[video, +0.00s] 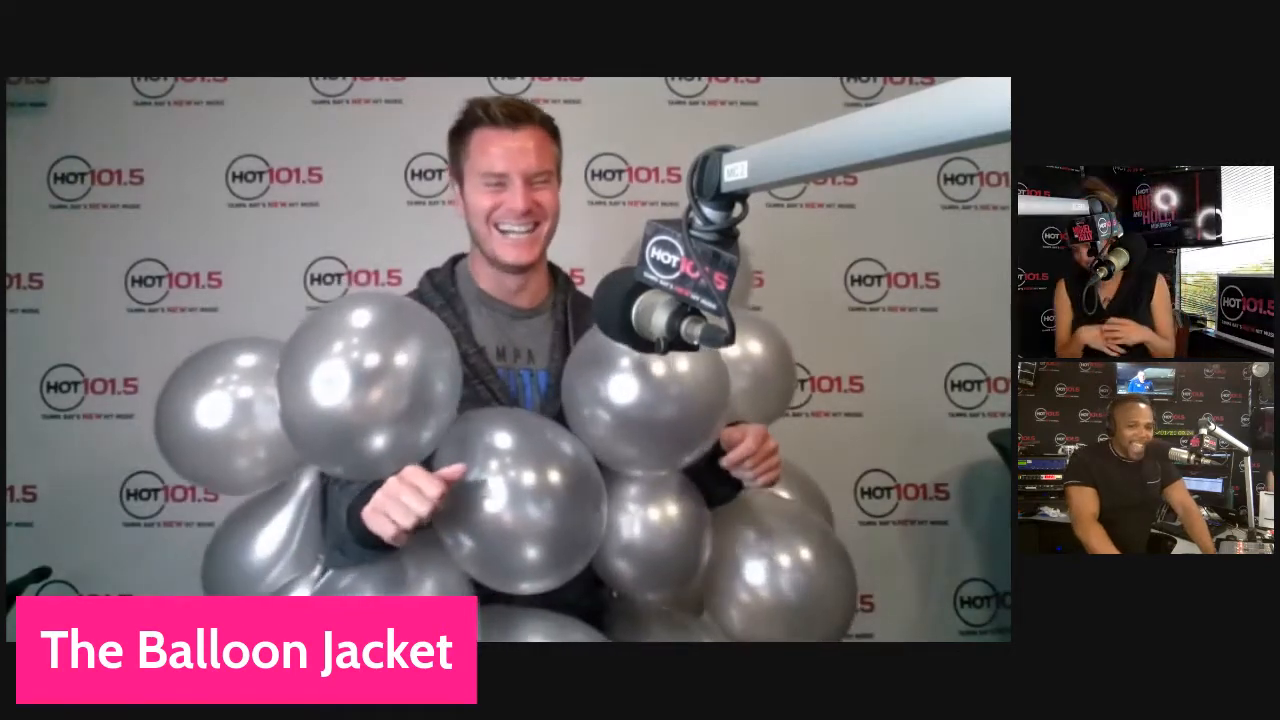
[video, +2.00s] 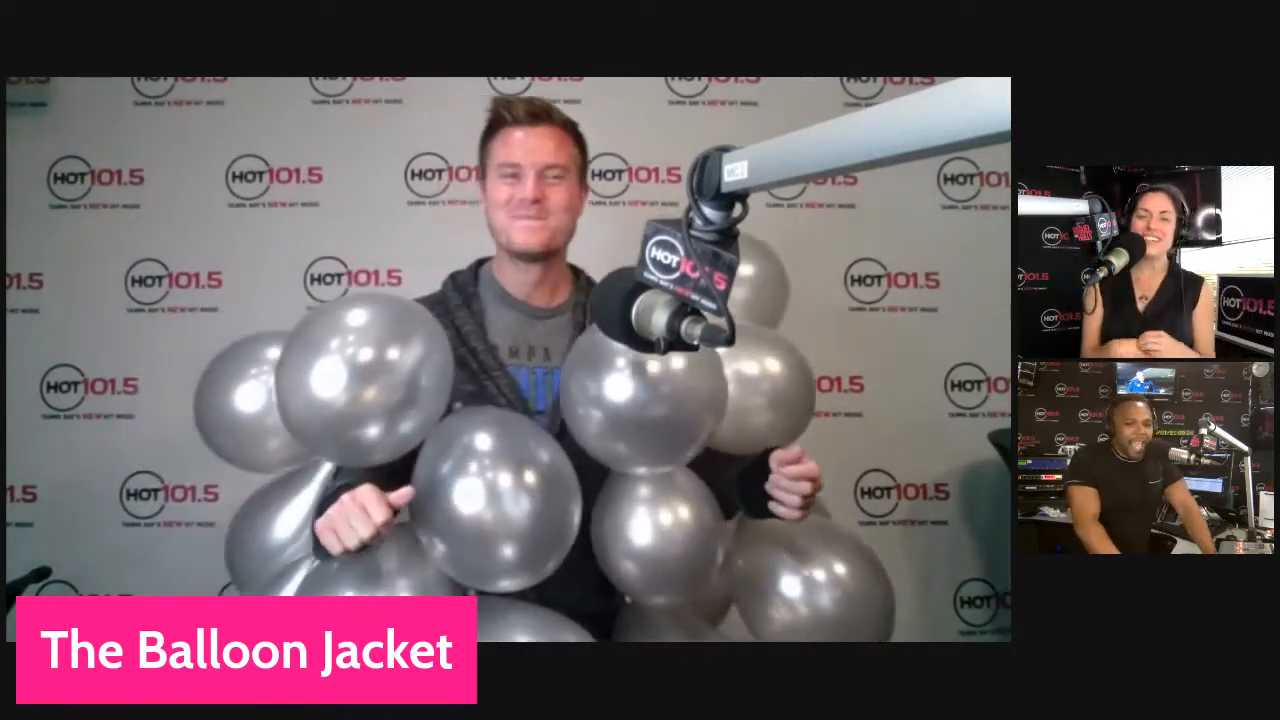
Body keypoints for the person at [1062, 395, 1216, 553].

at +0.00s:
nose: (1142, 434)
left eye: (1148, 427)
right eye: (1132, 426)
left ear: (1154, 429)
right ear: (1111, 428)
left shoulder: (1156, 457)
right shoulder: (1086, 460)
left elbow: (1186, 507)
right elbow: (1085, 523)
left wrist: (1210, 552)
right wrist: (1118, 562)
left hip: (1142, 557)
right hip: (1097, 558)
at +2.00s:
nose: (1141, 431)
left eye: (1147, 424)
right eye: (1130, 424)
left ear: (1153, 427)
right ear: (1111, 428)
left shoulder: (1157, 457)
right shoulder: (1088, 460)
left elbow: (1187, 508)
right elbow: (1086, 524)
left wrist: (1211, 552)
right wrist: (1119, 562)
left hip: (1143, 554)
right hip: (1100, 555)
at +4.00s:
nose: (1142, 430)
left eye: (1147, 423)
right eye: (1132, 423)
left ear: (1153, 427)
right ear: (1112, 428)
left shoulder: (1157, 457)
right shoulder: (1087, 460)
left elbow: (1187, 508)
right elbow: (1086, 524)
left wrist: (1211, 553)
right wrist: (1120, 564)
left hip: (1143, 556)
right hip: (1098, 558)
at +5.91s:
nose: (1138, 431)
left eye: (1146, 424)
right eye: (1129, 423)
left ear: (1154, 429)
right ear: (1114, 427)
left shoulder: (1159, 459)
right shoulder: (1091, 459)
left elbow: (1188, 509)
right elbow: (1087, 523)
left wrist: (1211, 552)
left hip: (1142, 555)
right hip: (1098, 555)